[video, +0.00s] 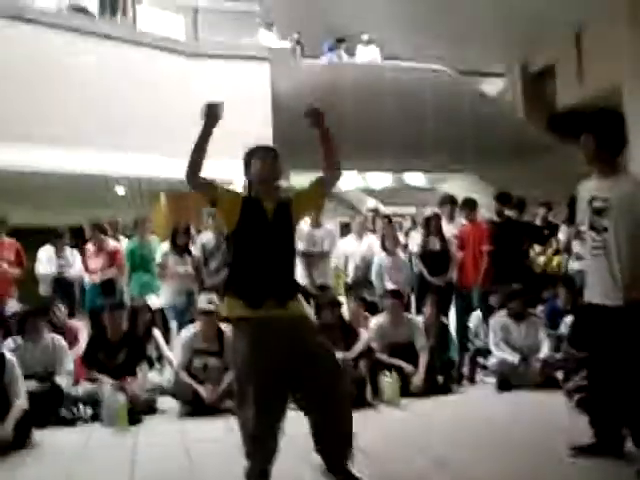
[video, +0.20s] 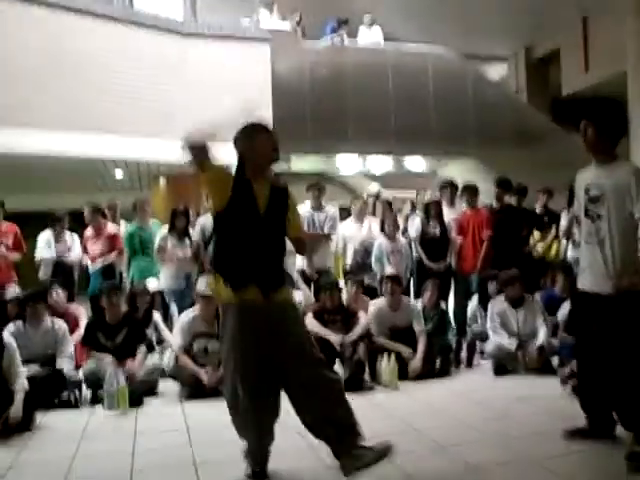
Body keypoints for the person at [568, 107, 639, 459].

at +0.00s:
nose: (584, 151)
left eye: (590, 143)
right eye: (584, 143)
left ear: (609, 146)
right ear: (588, 149)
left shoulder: (630, 188)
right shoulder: (583, 189)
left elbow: (636, 242)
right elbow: (579, 236)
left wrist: (633, 286)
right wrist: (573, 279)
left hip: (622, 296)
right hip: (591, 295)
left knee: (627, 376)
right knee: (597, 374)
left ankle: (631, 439)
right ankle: (606, 437)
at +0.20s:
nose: (585, 139)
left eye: (590, 131)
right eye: (584, 132)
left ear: (607, 135)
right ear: (587, 137)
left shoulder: (629, 176)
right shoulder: (582, 177)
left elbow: (639, 226)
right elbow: (578, 224)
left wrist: (634, 272)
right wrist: (573, 267)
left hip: (622, 286)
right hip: (587, 285)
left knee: (625, 362)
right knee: (590, 358)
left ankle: (635, 432)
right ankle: (598, 421)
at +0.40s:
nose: (573, 127)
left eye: (578, 121)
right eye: (573, 121)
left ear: (596, 125)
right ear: (581, 128)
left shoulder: (622, 165)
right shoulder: (574, 169)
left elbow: (637, 218)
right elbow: (568, 220)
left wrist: (633, 263)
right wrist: (564, 262)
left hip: (615, 278)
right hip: (580, 277)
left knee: (621, 350)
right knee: (582, 347)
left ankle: (634, 420)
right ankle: (595, 410)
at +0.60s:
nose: (568, 128)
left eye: (574, 121)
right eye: (567, 122)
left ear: (592, 125)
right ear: (573, 129)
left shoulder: (616, 165)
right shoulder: (569, 170)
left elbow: (634, 216)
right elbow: (564, 220)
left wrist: (631, 262)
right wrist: (562, 260)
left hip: (610, 276)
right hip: (576, 276)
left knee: (617, 348)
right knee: (582, 346)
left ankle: (633, 416)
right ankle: (597, 410)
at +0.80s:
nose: (564, 130)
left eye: (569, 124)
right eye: (562, 125)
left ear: (588, 126)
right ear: (565, 130)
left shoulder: (613, 165)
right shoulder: (563, 172)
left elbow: (634, 215)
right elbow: (564, 219)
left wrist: (629, 261)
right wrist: (562, 259)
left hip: (610, 276)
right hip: (574, 276)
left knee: (618, 347)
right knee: (581, 347)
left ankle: (632, 416)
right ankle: (598, 410)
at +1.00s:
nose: (562, 133)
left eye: (568, 126)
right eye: (559, 127)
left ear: (586, 128)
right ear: (560, 133)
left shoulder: (611, 166)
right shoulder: (561, 174)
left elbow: (636, 214)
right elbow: (562, 222)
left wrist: (629, 260)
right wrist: (561, 260)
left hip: (608, 277)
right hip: (573, 277)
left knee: (614, 347)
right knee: (580, 346)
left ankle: (628, 416)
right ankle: (597, 409)